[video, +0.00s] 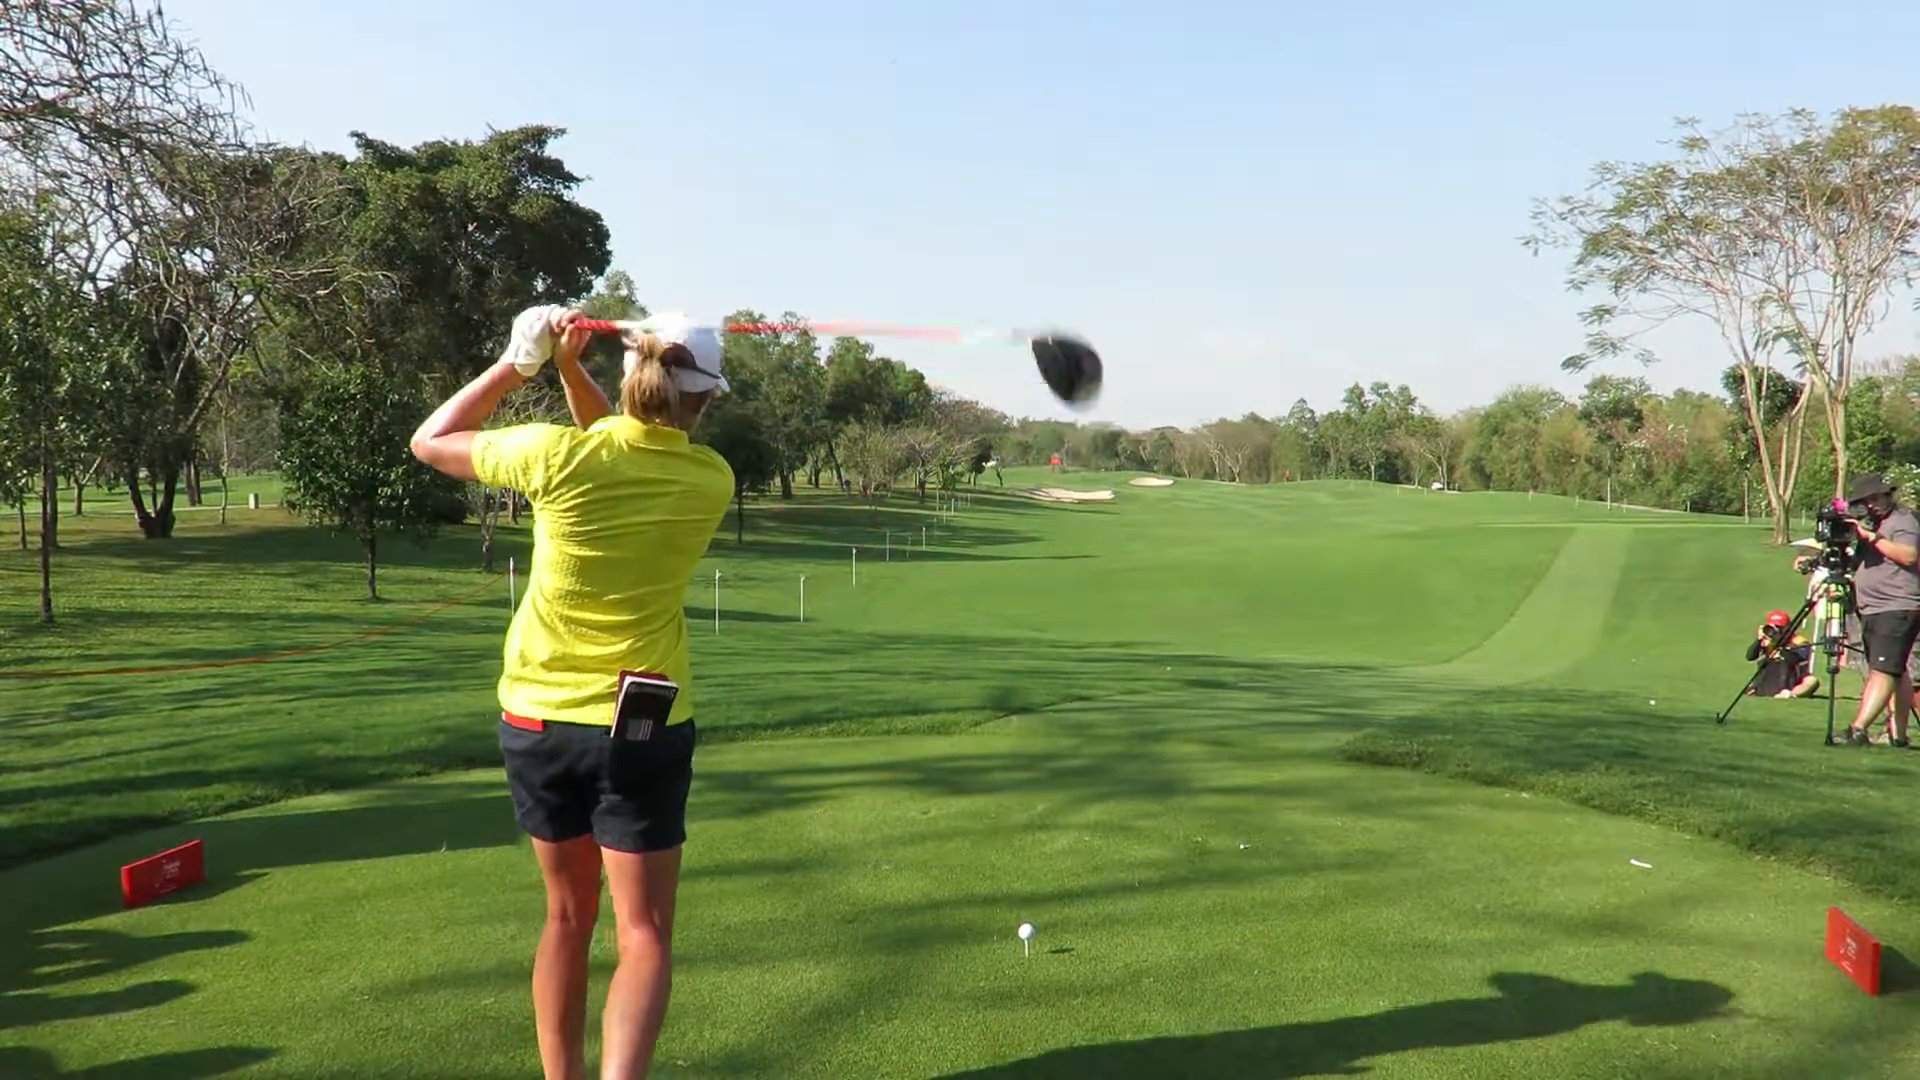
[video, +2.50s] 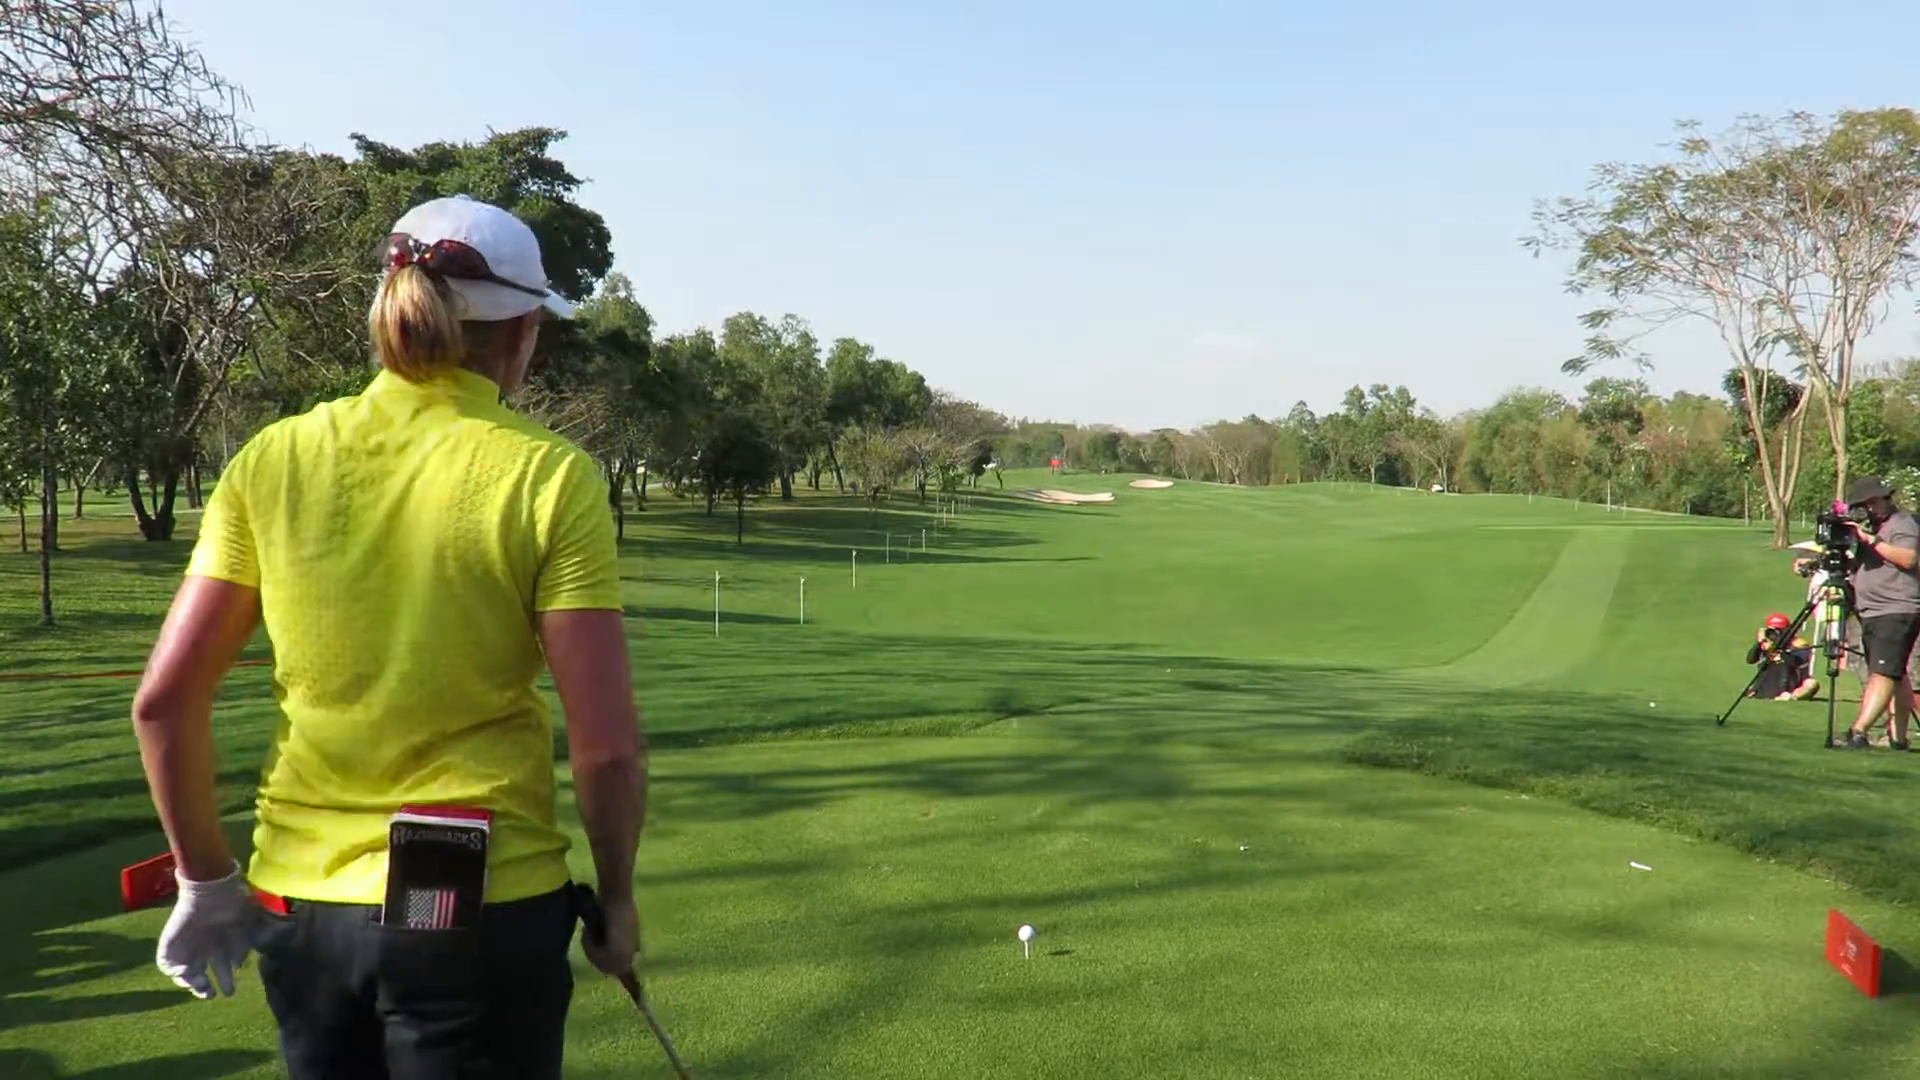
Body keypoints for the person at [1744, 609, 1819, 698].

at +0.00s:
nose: (1773, 633)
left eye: (1777, 630)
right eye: (1770, 630)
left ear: (1786, 629)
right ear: (1767, 629)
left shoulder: (1799, 642)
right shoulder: (1769, 642)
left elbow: (1800, 657)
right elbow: (1750, 657)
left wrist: (1782, 653)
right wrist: (1759, 640)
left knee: (1812, 680)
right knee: (1749, 689)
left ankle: (1791, 694)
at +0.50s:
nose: (1774, 635)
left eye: (1778, 631)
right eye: (1771, 631)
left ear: (1786, 631)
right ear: (1767, 632)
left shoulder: (1800, 645)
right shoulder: (1769, 644)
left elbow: (1796, 661)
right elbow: (1751, 659)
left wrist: (1781, 653)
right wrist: (1759, 643)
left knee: (1813, 683)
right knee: (1750, 691)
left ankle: (1792, 696)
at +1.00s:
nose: (1775, 635)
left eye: (1779, 631)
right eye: (1771, 632)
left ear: (1788, 632)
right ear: (1767, 633)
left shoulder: (1801, 645)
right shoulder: (1769, 645)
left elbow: (1799, 661)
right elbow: (1752, 660)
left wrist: (1783, 656)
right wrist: (1761, 644)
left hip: (1792, 686)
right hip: (1769, 684)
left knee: (1814, 684)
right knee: (1750, 692)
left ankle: (1793, 697)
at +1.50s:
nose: (1774, 635)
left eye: (1778, 631)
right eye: (1771, 632)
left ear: (1787, 631)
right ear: (1767, 633)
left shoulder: (1799, 644)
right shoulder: (1768, 645)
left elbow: (1798, 660)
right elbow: (1750, 660)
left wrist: (1782, 655)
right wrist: (1759, 643)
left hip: (1792, 683)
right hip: (1769, 682)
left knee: (1812, 683)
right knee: (1749, 690)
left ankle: (1791, 696)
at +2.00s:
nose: (1774, 636)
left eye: (1777, 632)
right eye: (1771, 632)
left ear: (1786, 631)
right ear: (1767, 632)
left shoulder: (1798, 644)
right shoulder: (1767, 645)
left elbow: (1799, 661)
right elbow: (1750, 660)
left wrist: (1783, 655)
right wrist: (1759, 643)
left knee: (1812, 683)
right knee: (1749, 691)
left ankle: (1791, 696)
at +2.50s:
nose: (1774, 636)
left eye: (1777, 632)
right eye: (1771, 632)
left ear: (1786, 631)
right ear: (1767, 633)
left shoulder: (1799, 644)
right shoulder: (1768, 645)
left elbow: (1798, 661)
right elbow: (1750, 660)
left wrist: (1782, 656)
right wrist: (1759, 643)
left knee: (1813, 683)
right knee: (1749, 691)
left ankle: (1791, 696)